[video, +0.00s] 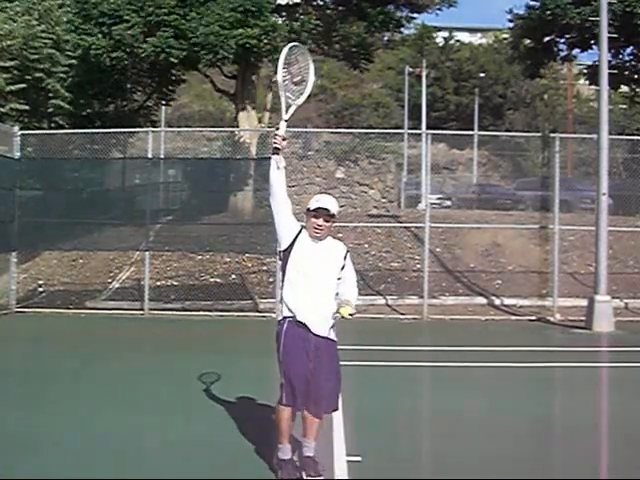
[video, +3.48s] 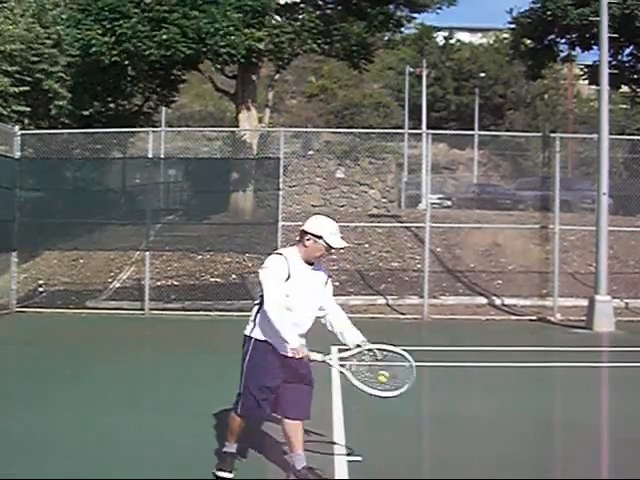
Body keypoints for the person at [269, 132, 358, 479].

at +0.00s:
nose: (320, 221)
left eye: (326, 217)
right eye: (315, 215)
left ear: (333, 222)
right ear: (306, 216)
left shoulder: (339, 251)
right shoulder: (292, 237)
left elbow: (348, 285)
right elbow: (278, 198)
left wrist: (347, 303)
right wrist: (277, 157)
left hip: (324, 329)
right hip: (294, 324)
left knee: (320, 396)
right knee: (291, 393)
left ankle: (308, 454)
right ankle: (284, 455)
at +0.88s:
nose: (315, 229)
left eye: (322, 226)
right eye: (311, 223)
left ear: (329, 231)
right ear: (302, 225)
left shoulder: (334, 259)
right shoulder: (287, 245)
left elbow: (352, 295)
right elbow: (260, 221)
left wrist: (352, 277)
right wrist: (270, 187)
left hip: (320, 338)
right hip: (289, 334)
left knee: (312, 400)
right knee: (289, 396)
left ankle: (303, 457)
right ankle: (283, 459)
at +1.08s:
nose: (317, 227)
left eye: (324, 225)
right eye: (314, 221)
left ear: (332, 233)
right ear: (305, 224)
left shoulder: (336, 257)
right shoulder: (288, 247)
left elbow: (362, 258)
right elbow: (253, 260)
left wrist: (358, 234)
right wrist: (270, 239)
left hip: (319, 336)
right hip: (288, 332)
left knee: (311, 398)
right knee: (287, 395)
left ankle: (301, 456)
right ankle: (282, 457)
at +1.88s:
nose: (308, 227)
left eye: (314, 223)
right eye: (304, 222)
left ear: (323, 229)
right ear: (296, 224)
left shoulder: (328, 256)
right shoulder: (279, 249)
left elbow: (358, 279)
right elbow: (252, 278)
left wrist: (352, 255)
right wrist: (265, 285)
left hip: (315, 338)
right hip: (283, 333)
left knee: (309, 397)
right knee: (284, 395)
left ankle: (302, 456)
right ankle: (281, 457)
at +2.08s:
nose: (310, 236)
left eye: (315, 231)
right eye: (304, 230)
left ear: (320, 233)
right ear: (293, 228)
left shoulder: (327, 261)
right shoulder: (273, 251)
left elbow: (341, 293)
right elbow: (248, 281)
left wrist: (339, 305)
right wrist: (260, 296)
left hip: (310, 339)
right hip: (278, 335)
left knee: (304, 397)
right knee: (271, 397)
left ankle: (300, 456)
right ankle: (255, 455)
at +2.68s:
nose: (287, 248)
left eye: (290, 244)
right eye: (284, 242)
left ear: (289, 242)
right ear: (268, 233)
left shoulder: (286, 261)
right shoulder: (240, 261)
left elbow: (292, 297)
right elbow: (235, 305)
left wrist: (308, 321)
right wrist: (242, 345)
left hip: (281, 341)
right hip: (251, 341)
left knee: (295, 391)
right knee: (248, 400)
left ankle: (292, 455)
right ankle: (238, 457)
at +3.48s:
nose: (328, 252)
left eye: (330, 248)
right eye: (327, 246)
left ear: (312, 242)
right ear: (308, 239)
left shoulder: (319, 276)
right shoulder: (277, 262)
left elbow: (331, 312)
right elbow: (272, 307)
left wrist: (357, 341)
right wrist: (293, 342)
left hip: (295, 347)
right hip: (263, 342)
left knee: (294, 405)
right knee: (249, 403)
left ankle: (298, 465)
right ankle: (228, 452)